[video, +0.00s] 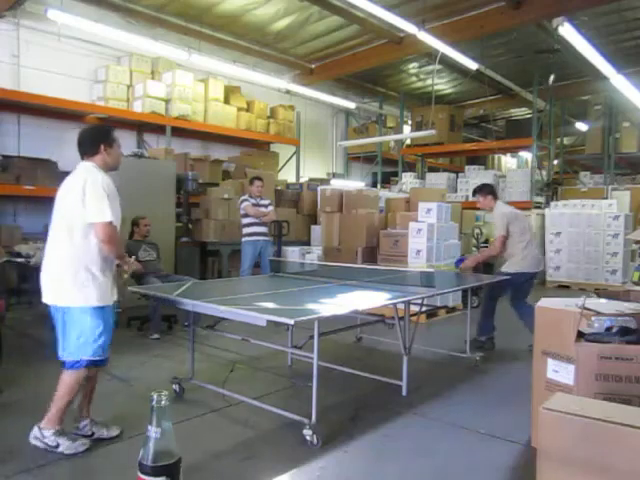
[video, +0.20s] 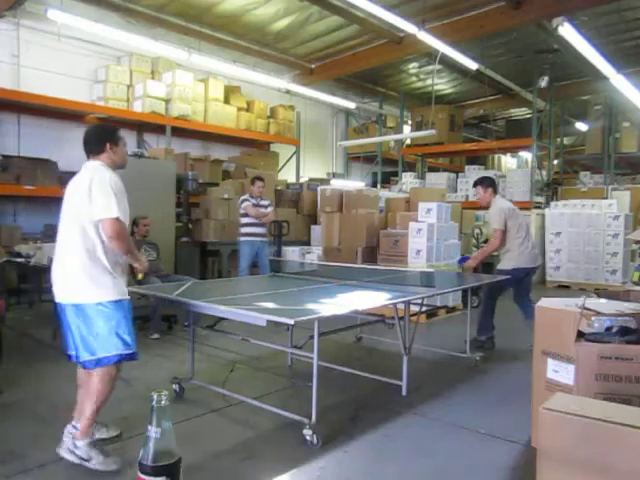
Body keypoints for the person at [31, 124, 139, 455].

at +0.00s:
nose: (121, 152)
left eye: (119, 146)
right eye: (117, 146)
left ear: (93, 150)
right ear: (104, 149)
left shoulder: (78, 178)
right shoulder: (95, 179)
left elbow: (90, 234)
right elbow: (105, 233)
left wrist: (118, 256)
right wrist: (124, 258)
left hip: (74, 287)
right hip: (83, 289)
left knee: (92, 357)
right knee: (83, 360)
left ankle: (84, 422)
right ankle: (48, 428)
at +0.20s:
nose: (126, 151)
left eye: (125, 145)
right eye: (123, 145)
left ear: (96, 149)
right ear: (108, 148)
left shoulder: (82, 177)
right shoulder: (103, 177)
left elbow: (92, 233)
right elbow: (112, 231)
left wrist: (128, 244)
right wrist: (136, 258)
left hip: (74, 287)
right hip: (94, 289)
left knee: (89, 361)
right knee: (108, 363)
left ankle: (82, 423)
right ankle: (79, 440)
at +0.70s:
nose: (130, 163)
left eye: (129, 157)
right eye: (128, 157)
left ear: (98, 161)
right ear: (115, 159)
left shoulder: (77, 190)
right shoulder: (118, 192)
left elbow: (79, 240)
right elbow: (140, 251)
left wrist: (124, 262)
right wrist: (149, 272)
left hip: (64, 286)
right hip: (98, 292)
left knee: (85, 341)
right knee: (126, 366)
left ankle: (55, 397)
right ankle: (101, 458)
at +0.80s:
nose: (120, 171)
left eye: (119, 165)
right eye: (117, 165)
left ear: (91, 169)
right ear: (104, 168)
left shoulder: (71, 199)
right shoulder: (109, 200)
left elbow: (68, 247)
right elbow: (131, 257)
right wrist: (142, 273)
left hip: (61, 292)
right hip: (94, 299)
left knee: (78, 337)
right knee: (125, 366)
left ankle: (45, 384)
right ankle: (102, 457)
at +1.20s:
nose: (95, 169)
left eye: (94, 164)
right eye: (91, 164)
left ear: (71, 167)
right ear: (76, 167)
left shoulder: (59, 190)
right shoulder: (67, 193)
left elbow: (59, 241)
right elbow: (59, 241)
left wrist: (83, 259)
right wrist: (82, 264)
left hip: (33, 278)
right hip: (47, 282)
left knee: (45, 342)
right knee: (59, 350)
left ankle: (30, 393)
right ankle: (54, 434)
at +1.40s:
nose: (93, 170)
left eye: (91, 165)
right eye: (88, 165)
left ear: (68, 168)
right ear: (72, 167)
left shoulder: (53, 190)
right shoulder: (65, 192)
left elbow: (50, 244)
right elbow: (63, 239)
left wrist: (71, 279)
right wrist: (87, 257)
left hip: (26, 279)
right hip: (37, 282)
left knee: (41, 344)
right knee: (44, 351)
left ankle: (30, 395)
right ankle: (32, 431)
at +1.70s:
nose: (91, 171)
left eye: (90, 165)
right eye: (86, 165)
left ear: (67, 167)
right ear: (70, 167)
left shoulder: (50, 190)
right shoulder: (60, 194)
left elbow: (54, 243)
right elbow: (57, 243)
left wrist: (82, 256)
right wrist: (84, 259)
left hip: (22, 281)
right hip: (33, 283)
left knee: (40, 345)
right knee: (44, 351)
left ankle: (31, 396)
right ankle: (32, 432)